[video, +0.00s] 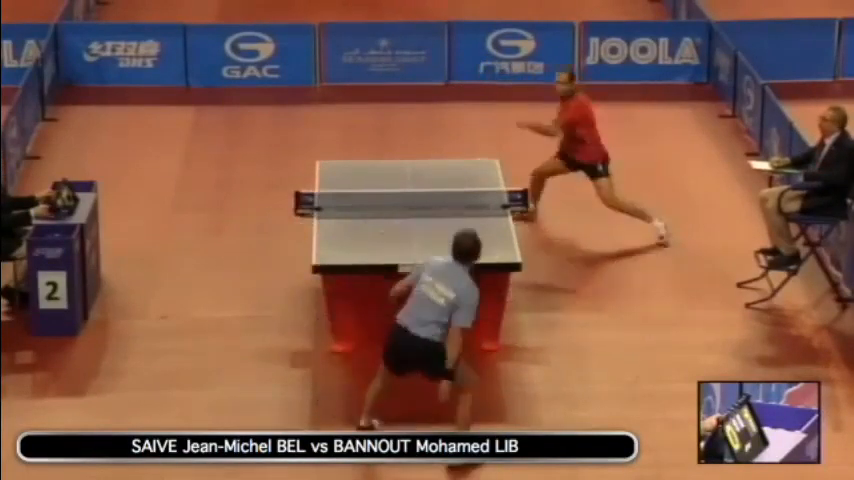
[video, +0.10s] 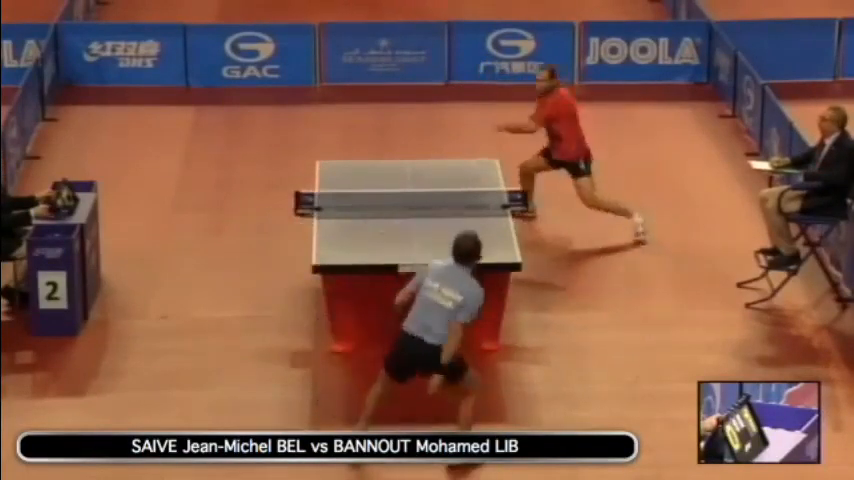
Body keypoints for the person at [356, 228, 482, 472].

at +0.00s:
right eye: (476, 251)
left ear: (452, 249)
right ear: (476, 257)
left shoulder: (432, 264)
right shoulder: (468, 290)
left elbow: (397, 290)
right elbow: (455, 333)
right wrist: (448, 374)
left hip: (400, 336)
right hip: (429, 346)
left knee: (382, 376)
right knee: (467, 382)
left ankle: (364, 419)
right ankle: (462, 447)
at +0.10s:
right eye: (476, 253)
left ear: (452, 251)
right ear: (477, 258)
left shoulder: (432, 269)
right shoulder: (474, 291)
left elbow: (401, 299)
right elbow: (456, 330)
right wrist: (441, 371)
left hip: (408, 343)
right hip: (438, 351)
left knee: (382, 384)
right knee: (471, 387)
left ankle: (358, 433)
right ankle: (462, 449)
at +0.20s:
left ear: (441, 247)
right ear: (466, 252)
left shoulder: (422, 268)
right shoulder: (470, 284)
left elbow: (384, 285)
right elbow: (460, 323)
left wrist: (411, 290)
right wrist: (460, 362)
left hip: (412, 348)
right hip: (443, 354)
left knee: (389, 395)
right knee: (460, 399)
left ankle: (384, 456)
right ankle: (462, 454)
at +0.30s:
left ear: (432, 247)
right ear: (458, 250)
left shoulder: (414, 267)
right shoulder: (465, 282)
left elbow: (378, 279)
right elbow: (472, 331)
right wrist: (478, 359)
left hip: (411, 351)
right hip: (446, 354)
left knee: (394, 403)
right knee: (461, 403)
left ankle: (387, 467)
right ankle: (466, 464)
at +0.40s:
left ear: (424, 258)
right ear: (450, 259)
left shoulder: (407, 283)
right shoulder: (465, 291)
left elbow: (378, 308)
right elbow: (482, 337)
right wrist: (490, 356)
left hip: (413, 364)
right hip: (448, 366)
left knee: (384, 412)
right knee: (468, 412)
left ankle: (369, 469)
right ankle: (478, 468)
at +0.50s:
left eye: (419, 272)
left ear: (418, 276)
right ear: (445, 276)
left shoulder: (407, 304)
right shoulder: (461, 309)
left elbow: (391, 341)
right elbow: (476, 355)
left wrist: (377, 371)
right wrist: (485, 374)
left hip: (414, 385)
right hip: (450, 386)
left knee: (373, 436)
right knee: (476, 439)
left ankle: (358, 477)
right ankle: (492, 478)